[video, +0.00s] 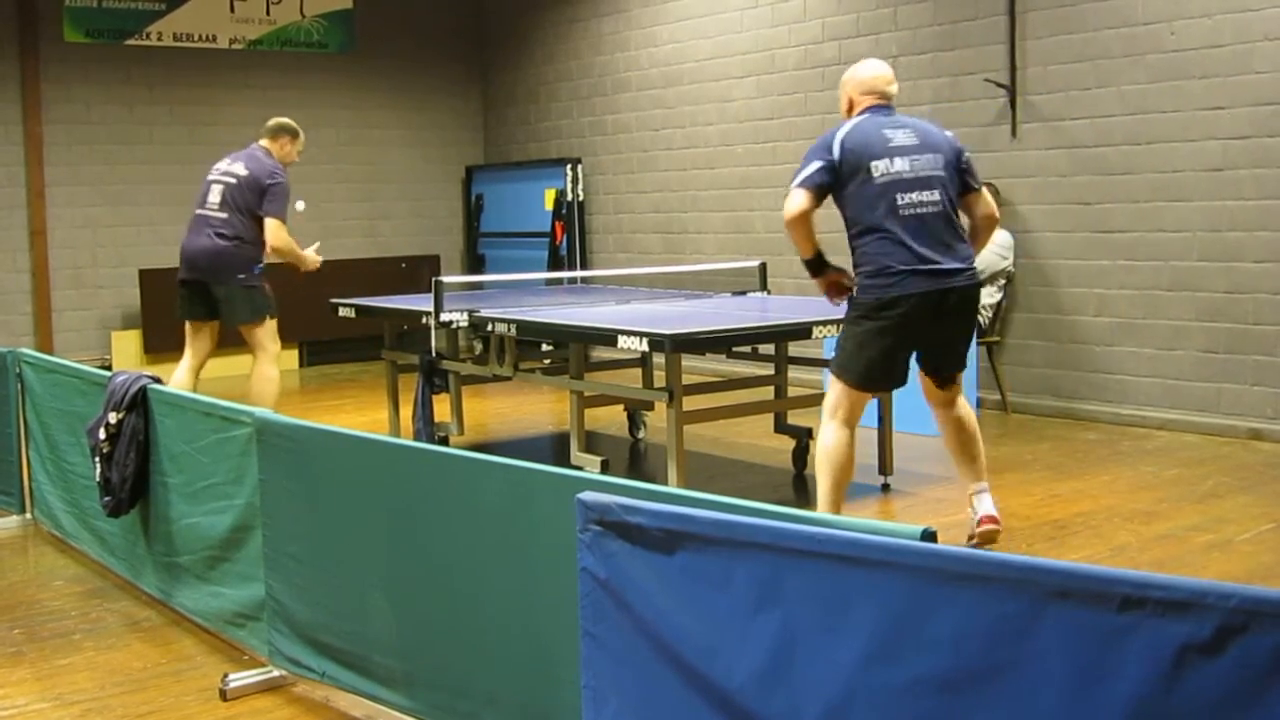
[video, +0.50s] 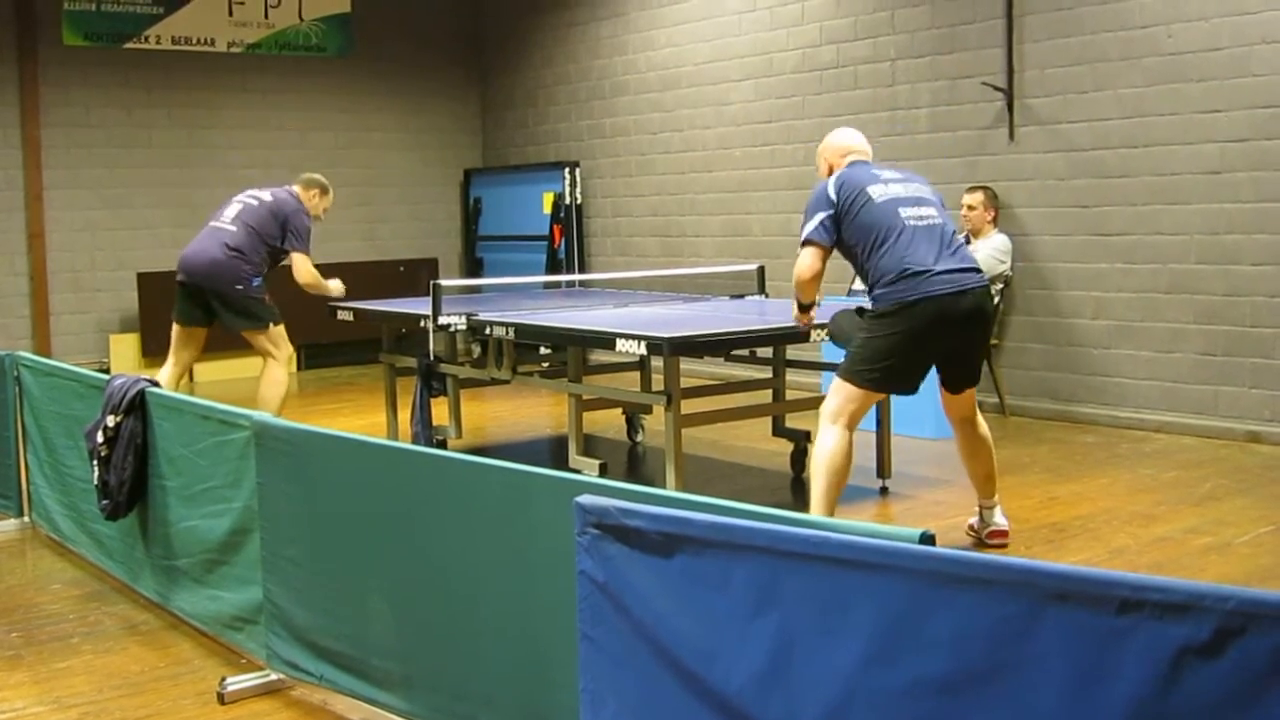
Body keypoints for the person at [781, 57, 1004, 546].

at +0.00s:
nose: (838, 109)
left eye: (840, 102)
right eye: (841, 102)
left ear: (850, 100)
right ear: (893, 98)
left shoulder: (838, 139)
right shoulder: (939, 136)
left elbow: (795, 212)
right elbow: (986, 214)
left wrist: (822, 271)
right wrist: (953, 263)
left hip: (886, 295)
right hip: (955, 291)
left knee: (839, 416)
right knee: (948, 393)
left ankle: (826, 532)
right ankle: (984, 505)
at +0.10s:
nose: (829, 124)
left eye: (828, 117)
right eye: (830, 117)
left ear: (838, 114)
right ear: (880, 108)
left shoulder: (828, 148)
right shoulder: (929, 143)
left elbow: (780, 223)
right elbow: (980, 216)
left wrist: (805, 276)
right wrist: (946, 264)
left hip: (882, 299)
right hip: (951, 292)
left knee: (833, 416)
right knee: (952, 398)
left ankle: (825, 532)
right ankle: (984, 507)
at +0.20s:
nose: (826, 131)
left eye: (825, 125)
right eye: (827, 126)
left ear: (834, 123)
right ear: (876, 117)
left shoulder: (826, 156)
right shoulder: (924, 150)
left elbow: (784, 234)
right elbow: (975, 225)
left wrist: (801, 277)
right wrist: (942, 267)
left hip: (885, 299)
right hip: (953, 294)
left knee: (830, 414)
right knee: (959, 407)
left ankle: (824, 533)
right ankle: (988, 510)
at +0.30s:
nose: (827, 143)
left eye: (826, 137)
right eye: (826, 137)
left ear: (835, 133)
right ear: (877, 126)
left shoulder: (837, 166)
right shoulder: (929, 159)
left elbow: (803, 246)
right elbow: (969, 234)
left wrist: (803, 278)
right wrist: (938, 270)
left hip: (897, 302)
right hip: (963, 295)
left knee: (833, 411)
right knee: (960, 408)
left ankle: (817, 530)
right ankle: (990, 515)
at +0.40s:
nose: (825, 158)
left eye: (825, 151)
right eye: (824, 152)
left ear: (835, 144)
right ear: (875, 139)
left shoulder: (839, 175)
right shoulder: (926, 171)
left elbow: (812, 257)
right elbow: (952, 236)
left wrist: (805, 291)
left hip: (907, 302)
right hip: (971, 295)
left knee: (839, 415)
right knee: (962, 410)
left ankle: (818, 532)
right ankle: (991, 515)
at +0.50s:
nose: (821, 175)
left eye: (820, 168)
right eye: (819, 168)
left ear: (831, 161)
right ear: (865, 154)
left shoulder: (831, 188)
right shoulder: (914, 179)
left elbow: (807, 271)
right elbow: (938, 243)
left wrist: (804, 307)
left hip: (907, 305)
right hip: (972, 298)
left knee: (837, 416)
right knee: (966, 412)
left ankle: (816, 534)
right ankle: (992, 517)